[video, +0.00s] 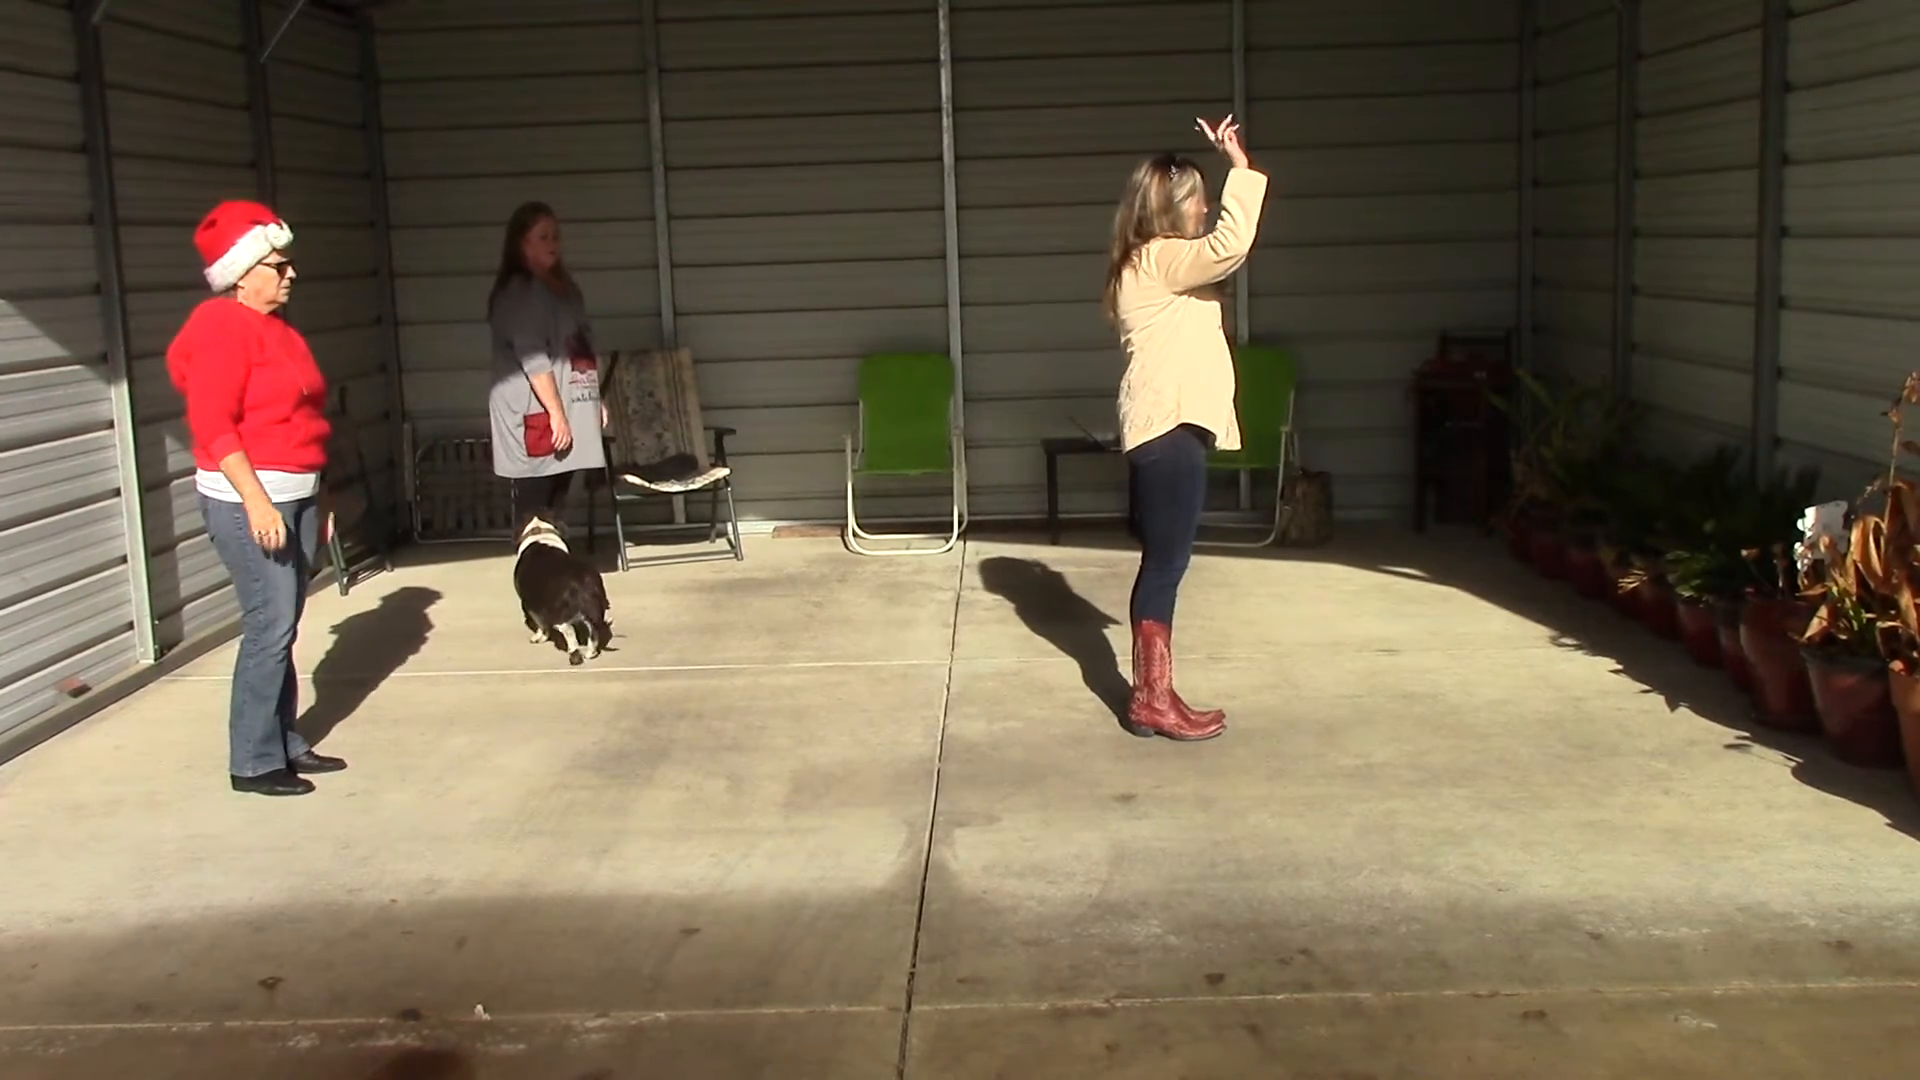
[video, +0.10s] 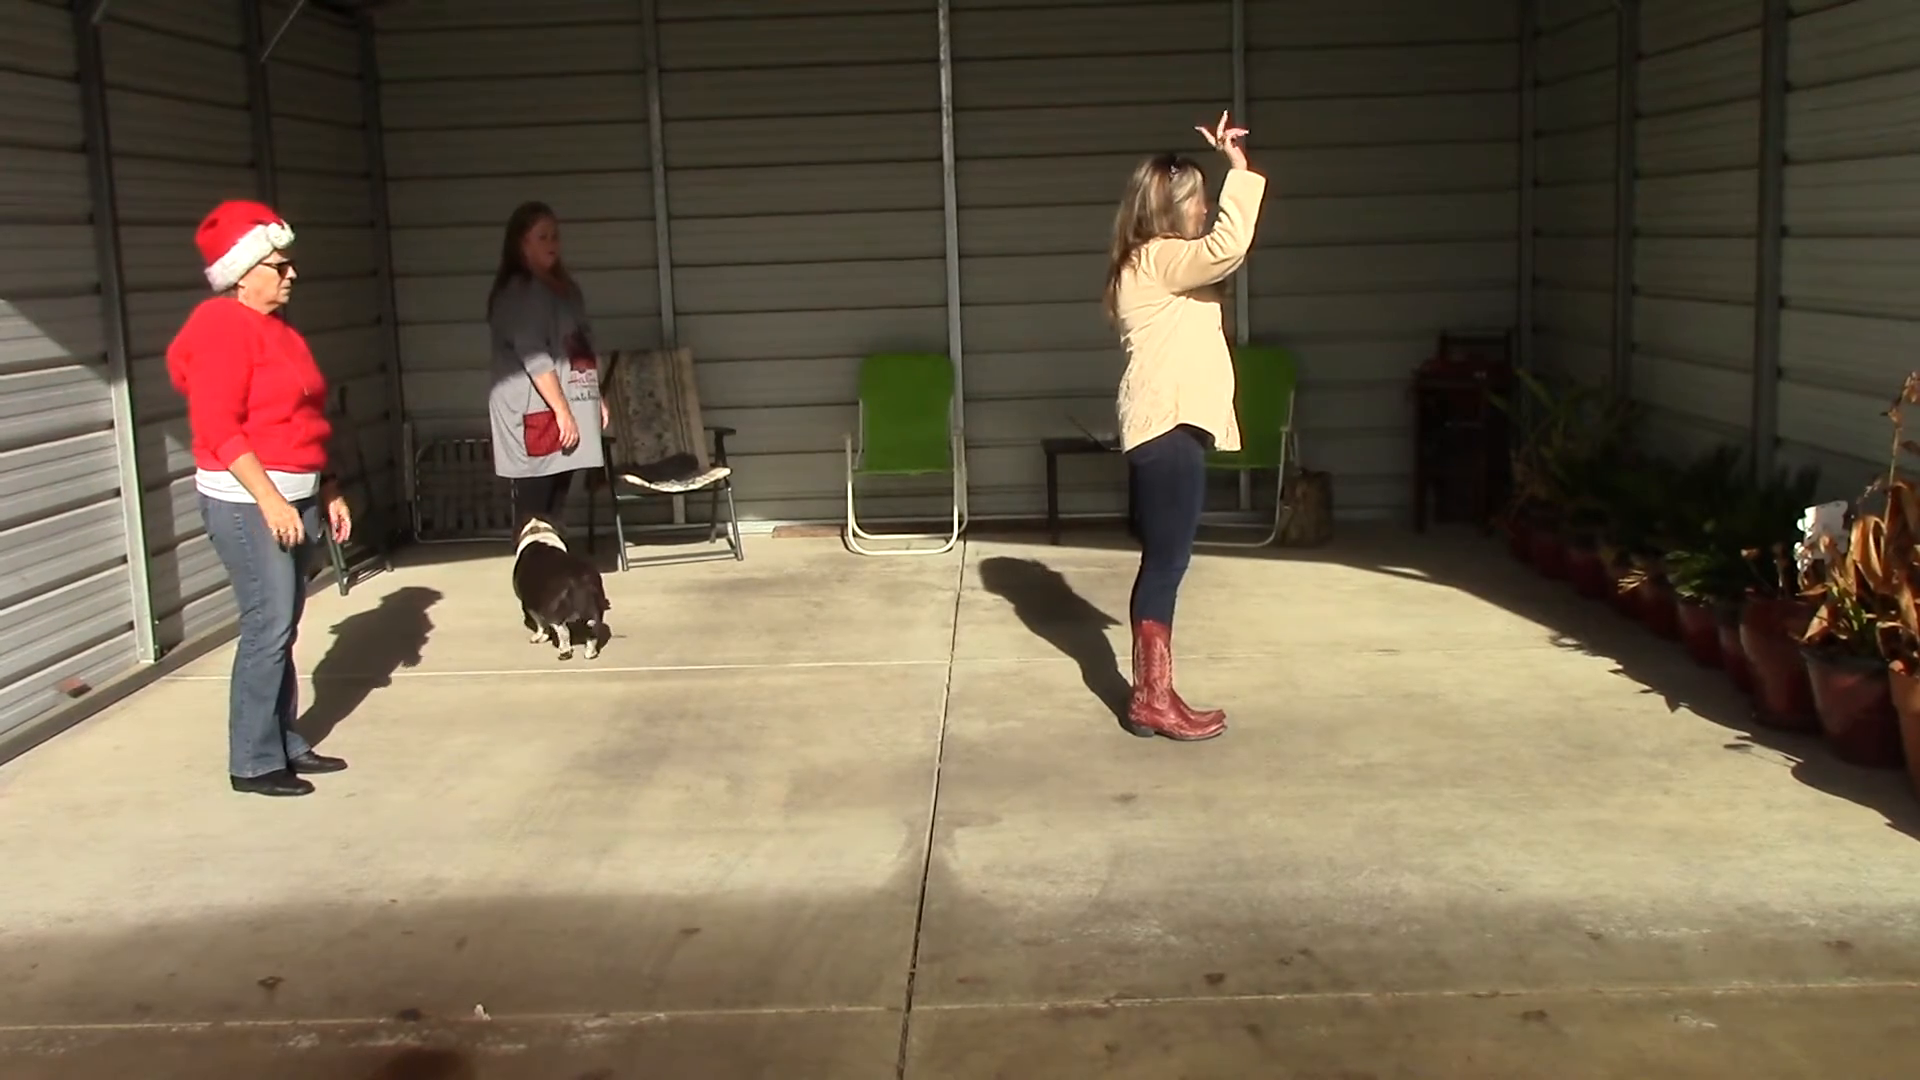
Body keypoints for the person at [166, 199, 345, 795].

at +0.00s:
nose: (289, 275)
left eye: (287, 265)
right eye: (278, 266)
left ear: (255, 272)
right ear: (242, 273)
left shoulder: (275, 328)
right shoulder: (219, 326)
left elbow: (295, 422)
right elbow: (212, 426)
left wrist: (318, 500)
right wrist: (255, 500)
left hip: (293, 497)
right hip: (246, 498)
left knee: (282, 625)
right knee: (270, 623)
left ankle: (283, 743)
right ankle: (252, 762)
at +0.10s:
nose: (290, 275)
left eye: (289, 265)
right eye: (279, 266)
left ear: (258, 271)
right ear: (243, 272)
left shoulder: (276, 329)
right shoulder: (220, 327)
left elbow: (299, 419)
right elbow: (216, 430)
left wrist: (327, 490)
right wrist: (269, 498)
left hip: (287, 496)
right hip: (242, 498)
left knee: (281, 625)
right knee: (267, 625)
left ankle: (283, 743)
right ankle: (252, 762)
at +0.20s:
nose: (292, 275)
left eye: (290, 265)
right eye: (281, 266)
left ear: (257, 272)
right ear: (245, 273)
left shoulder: (274, 329)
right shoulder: (221, 328)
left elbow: (298, 417)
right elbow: (220, 430)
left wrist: (331, 485)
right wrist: (276, 496)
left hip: (287, 496)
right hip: (244, 498)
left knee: (281, 627)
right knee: (266, 627)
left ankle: (281, 745)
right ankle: (252, 762)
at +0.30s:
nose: (294, 275)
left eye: (292, 266)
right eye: (283, 267)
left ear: (260, 273)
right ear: (247, 274)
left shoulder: (273, 329)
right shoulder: (225, 328)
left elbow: (296, 418)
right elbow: (224, 430)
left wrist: (330, 484)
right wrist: (277, 496)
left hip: (286, 495)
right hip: (245, 498)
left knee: (282, 626)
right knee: (266, 627)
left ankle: (281, 744)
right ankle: (251, 763)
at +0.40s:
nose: (294, 275)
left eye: (293, 266)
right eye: (284, 267)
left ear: (261, 274)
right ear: (248, 274)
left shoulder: (275, 330)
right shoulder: (226, 330)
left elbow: (296, 420)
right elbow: (226, 430)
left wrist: (327, 490)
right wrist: (277, 498)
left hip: (288, 495)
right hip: (246, 498)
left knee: (284, 625)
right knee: (268, 626)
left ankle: (281, 743)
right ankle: (251, 762)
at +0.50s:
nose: (298, 277)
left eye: (297, 267)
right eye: (287, 268)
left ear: (260, 274)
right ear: (250, 274)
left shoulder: (274, 329)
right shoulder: (227, 329)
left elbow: (296, 421)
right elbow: (228, 430)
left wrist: (324, 494)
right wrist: (276, 502)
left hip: (291, 496)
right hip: (248, 499)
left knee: (284, 626)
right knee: (268, 626)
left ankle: (282, 743)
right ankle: (252, 762)